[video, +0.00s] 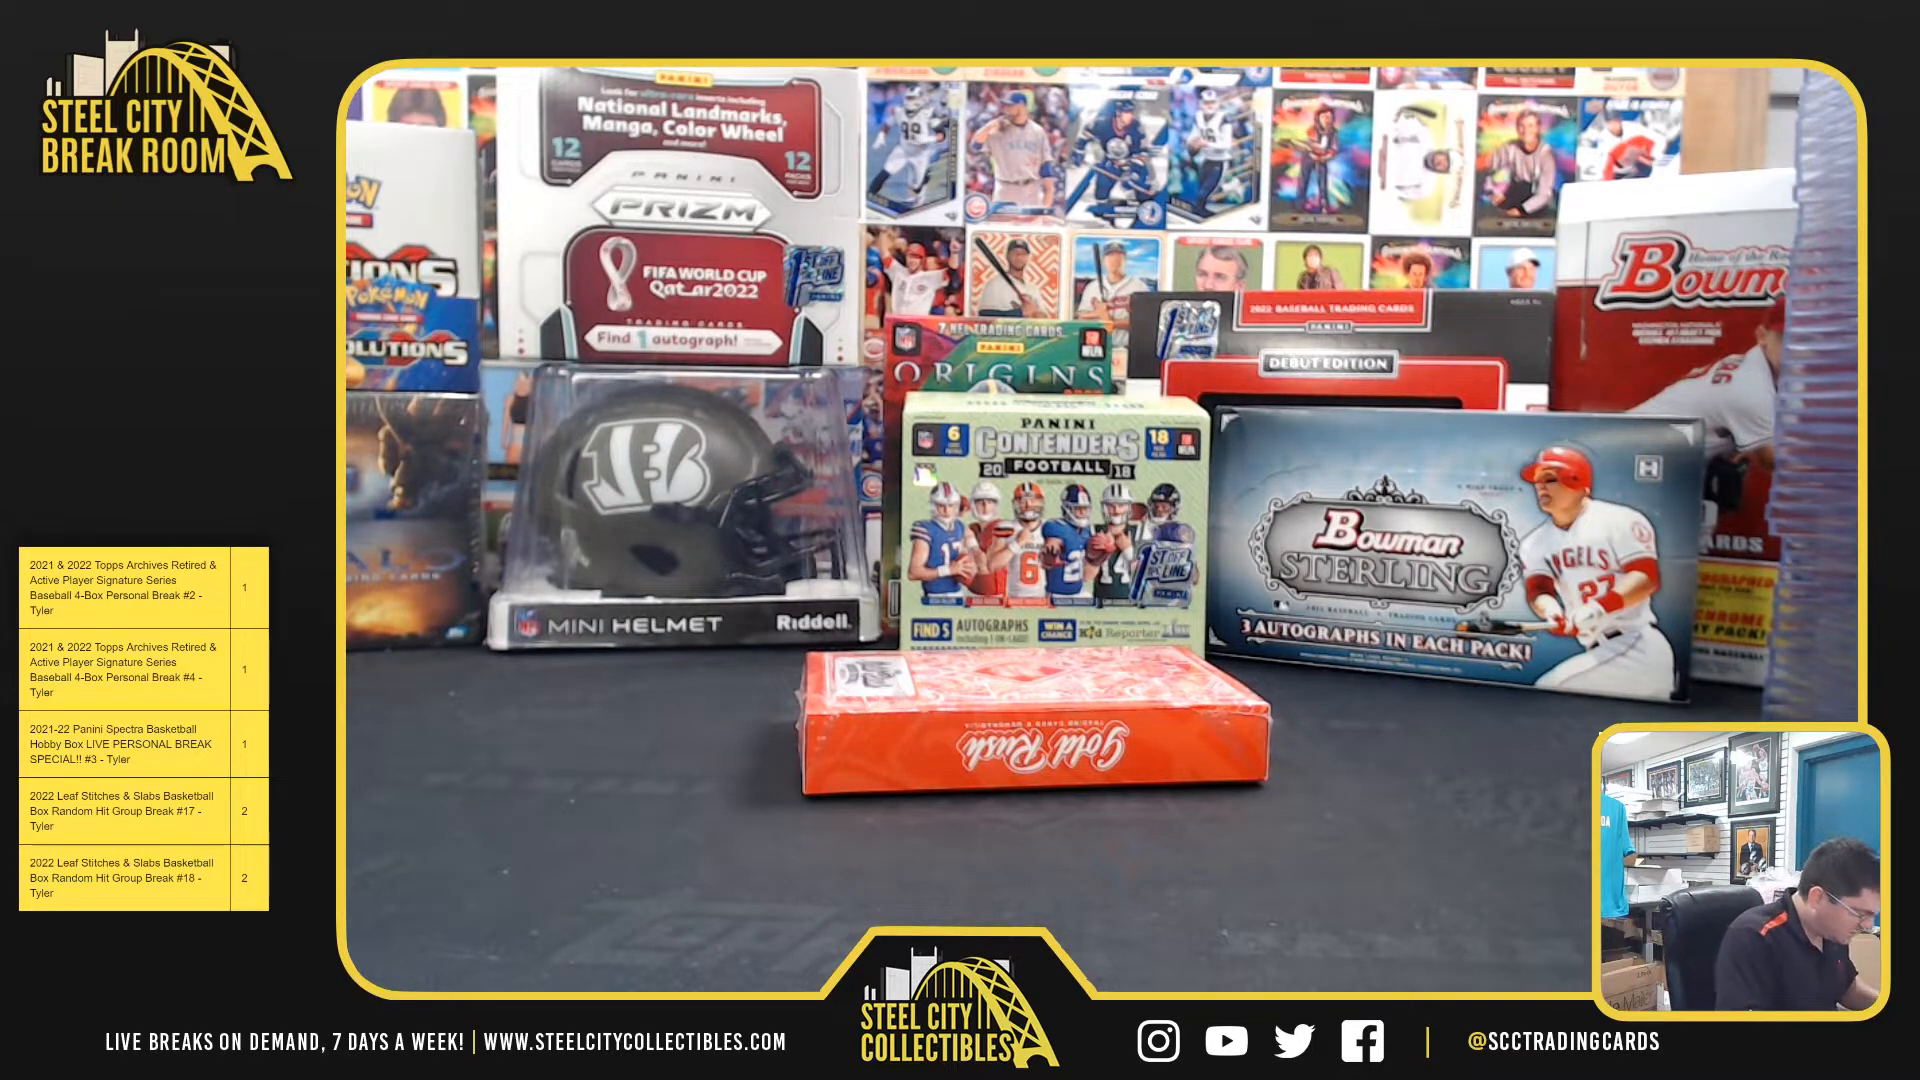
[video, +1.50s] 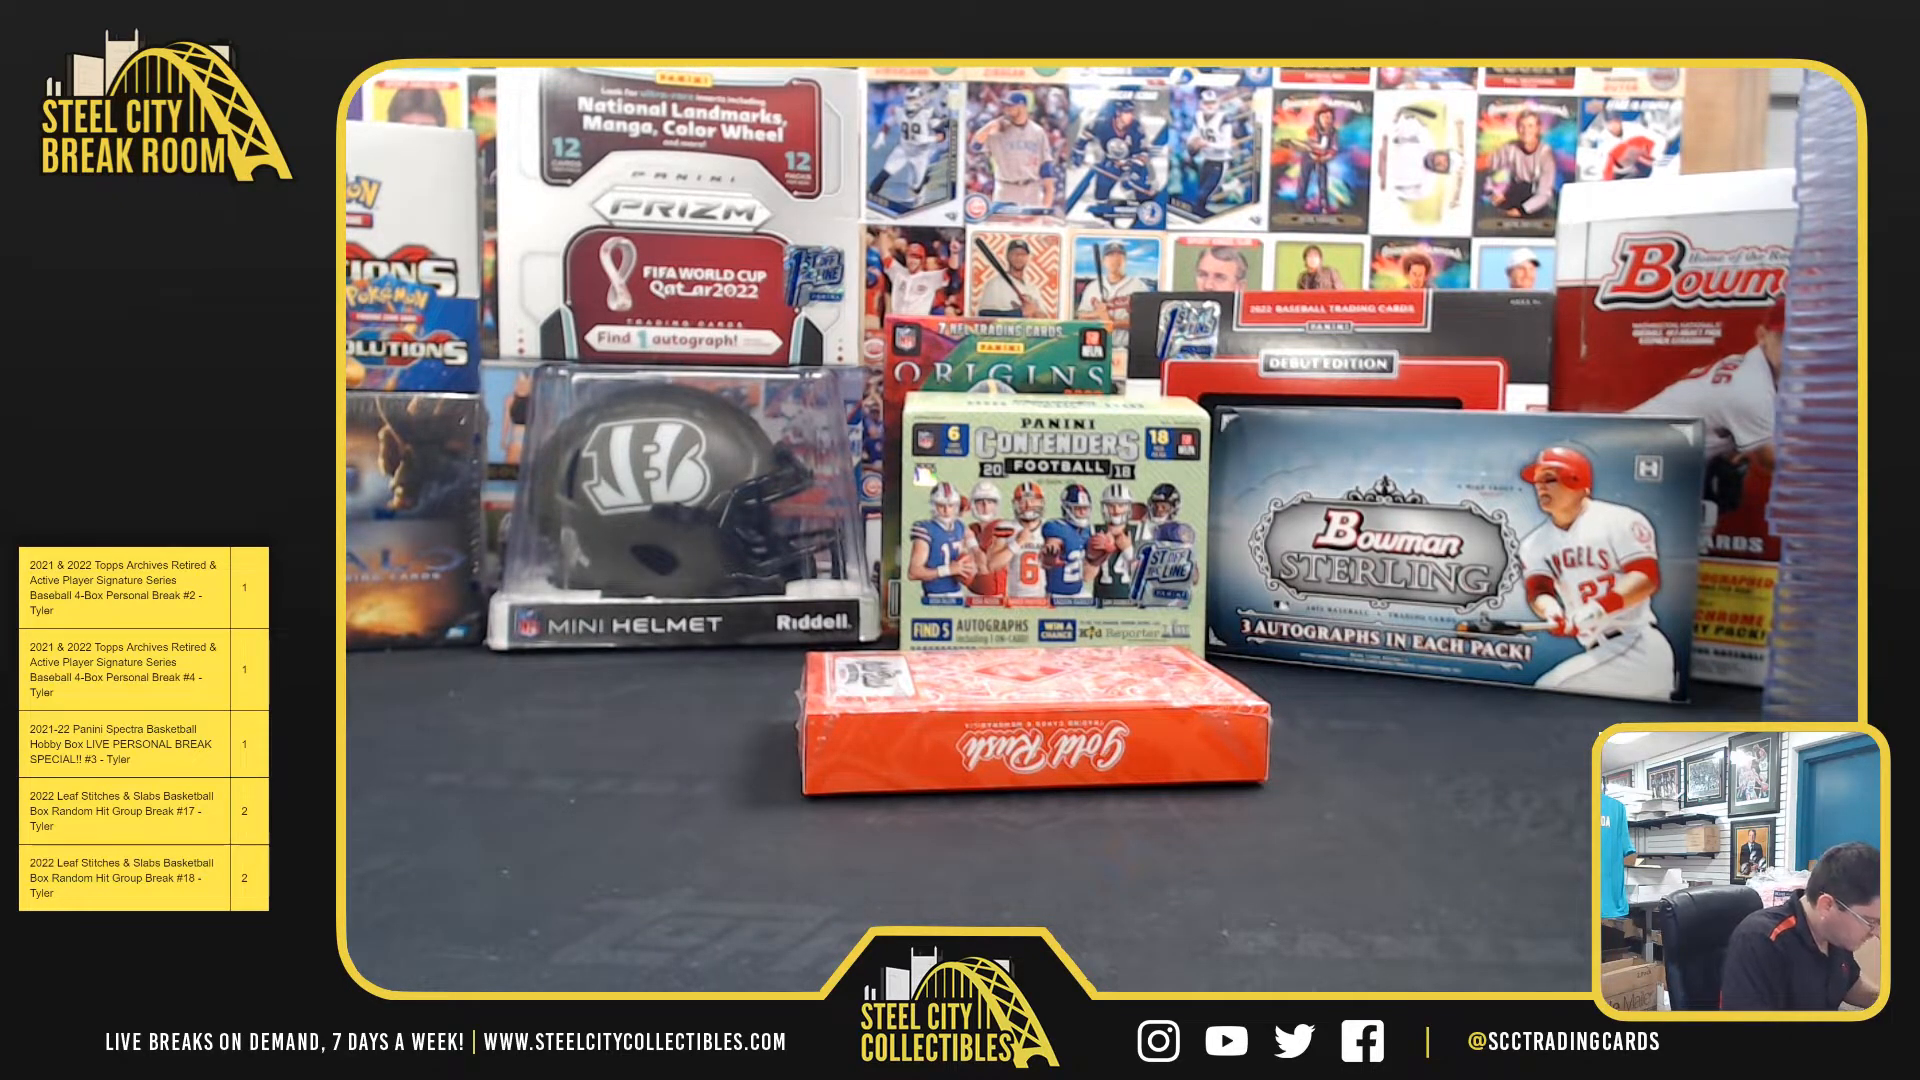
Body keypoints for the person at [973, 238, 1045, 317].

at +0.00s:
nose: (1019, 257)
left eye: (1023, 254)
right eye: (1016, 253)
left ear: (1028, 258)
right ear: (1008, 256)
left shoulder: (1033, 289)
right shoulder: (995, 284)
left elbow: (1045, 317)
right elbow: (985, 315)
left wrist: (1033, 310)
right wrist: (1020, 313)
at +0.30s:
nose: (1019, 258)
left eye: (1023, 254)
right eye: (1015, 254)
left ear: (1028, 258)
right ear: (1008, 256)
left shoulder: (1032, 288)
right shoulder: (995, 284)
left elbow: (1045, 317)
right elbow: (985, 314)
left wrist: (1033, 310)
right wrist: (1020, 313)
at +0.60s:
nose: (1019, 258)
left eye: (1023, 254)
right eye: (1015, 254)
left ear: (1028, 258)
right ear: (1008, 256)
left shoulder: (1032, 288)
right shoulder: (995, 284)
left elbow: (1045, 317)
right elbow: (985, 314)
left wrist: (1034, 310)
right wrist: (1020, 313)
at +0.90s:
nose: (1019, 258)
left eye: (1023, 254)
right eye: (1015, 254)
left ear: (1028, 258)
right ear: (1008, 256)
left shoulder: (1032, 288)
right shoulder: (995, 284)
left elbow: (1045, 317)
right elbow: (985, 314)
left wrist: (1034, 310)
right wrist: (1020, 313)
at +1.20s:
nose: (1019, 258)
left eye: (1023, 254)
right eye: (1015, 254)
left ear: (1028, 258)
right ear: (1008, 256)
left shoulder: (1032, 288)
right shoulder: (995, 284)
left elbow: (1045, 317)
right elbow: (985, 314)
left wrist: (1034, 310)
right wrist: (1020, 313)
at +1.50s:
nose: (1019, 258)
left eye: (1023, 254)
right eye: (1015, 254)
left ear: (1028, 258)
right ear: (1008, 256)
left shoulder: (1032, 288)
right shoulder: (995, 284)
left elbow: (1045, 317)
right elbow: (985, 314)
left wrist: (1034, 310)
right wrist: (1020, 313)